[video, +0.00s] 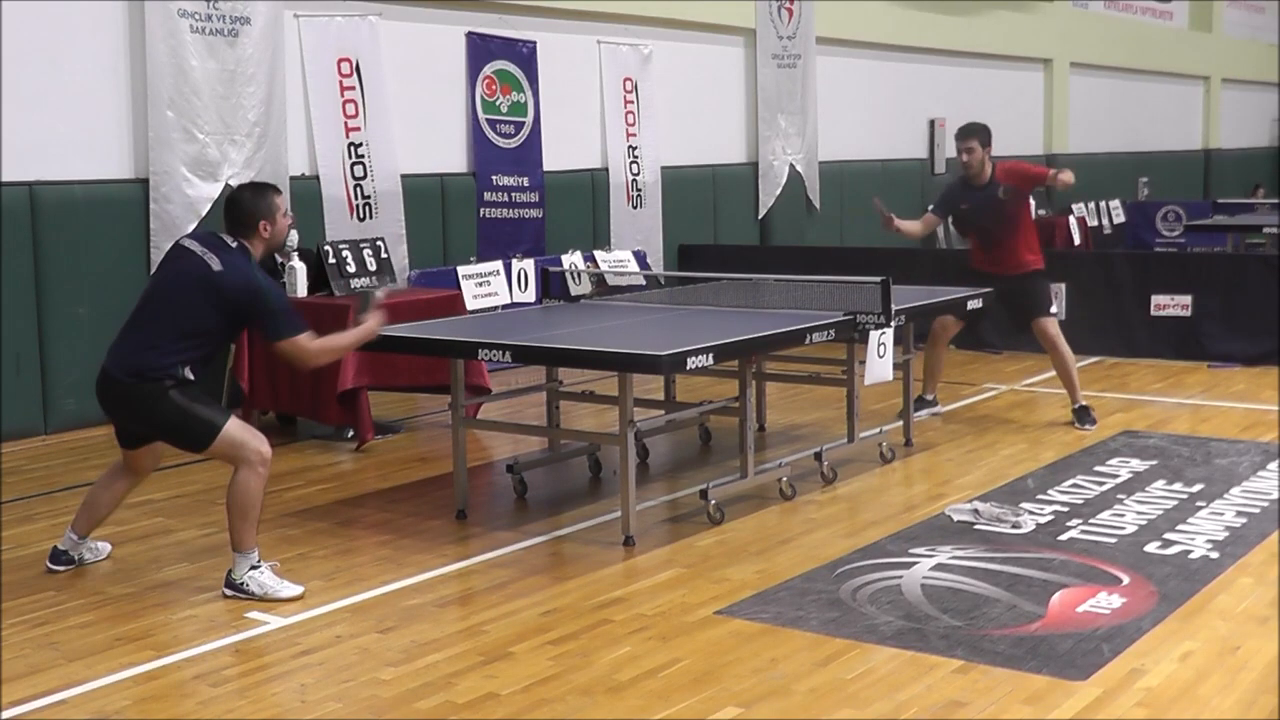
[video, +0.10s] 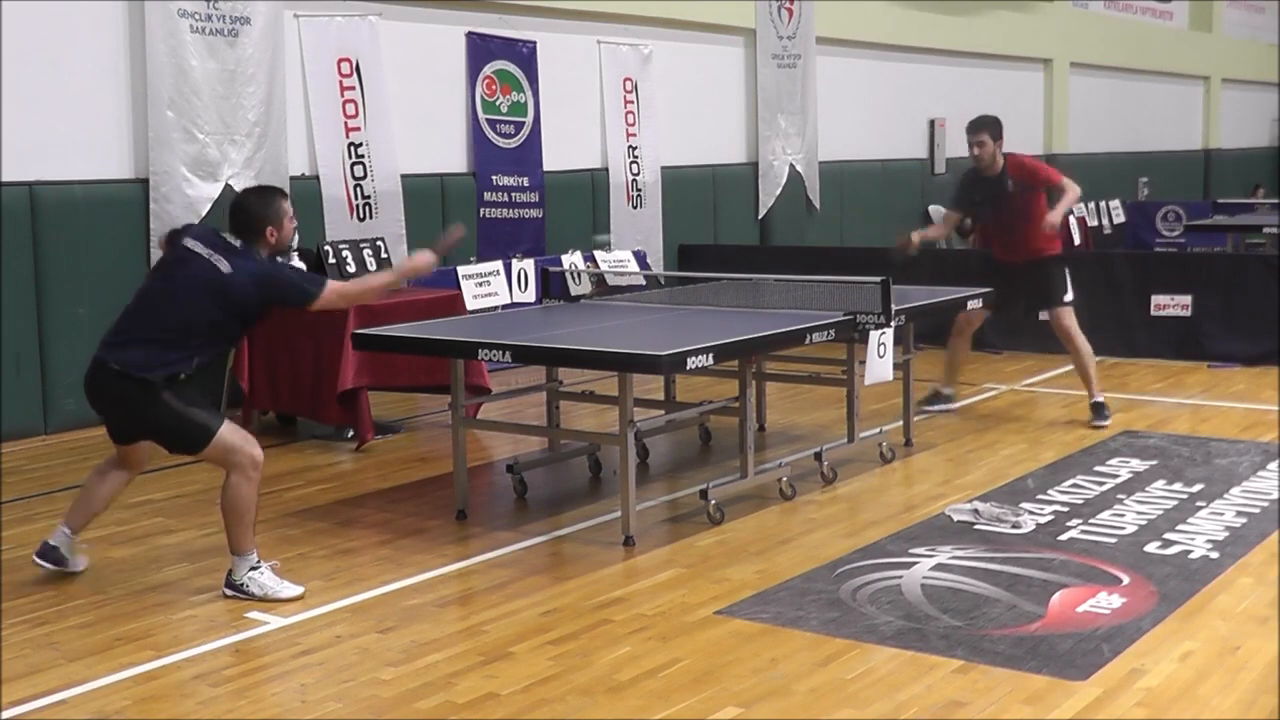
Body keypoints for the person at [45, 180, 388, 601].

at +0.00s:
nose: (289, 223)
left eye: (288, 215)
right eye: (285, 216)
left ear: (237, 220)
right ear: (263, 227)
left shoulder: (196, 241)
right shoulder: (251, 282)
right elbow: (307, 354)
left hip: (119, 380)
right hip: (152, 390)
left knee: (137, 463)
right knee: (254, 454)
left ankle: (69, 544)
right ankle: (245, 570)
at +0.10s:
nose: (293, 229)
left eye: (291, 221)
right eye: (290, 222)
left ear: (242, 223)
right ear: (272, 231)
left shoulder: (193, 237)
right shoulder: (267, 275)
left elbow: (162, 255)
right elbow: (344, 293)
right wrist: (405, 270)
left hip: (105, 377)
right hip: (141, 389)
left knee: (133, 457)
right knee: (245, 456)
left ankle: (59, 540)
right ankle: (244, 570)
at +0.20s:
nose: (286, 211)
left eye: (284, 201)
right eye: (282, 201)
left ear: (233, 202)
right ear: (261, 206)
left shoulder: (185, 219)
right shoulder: (245, 261)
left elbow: (150, 234)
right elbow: (307, 313)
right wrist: (359, 268)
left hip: (104, 367)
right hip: (143, 380)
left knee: (124, 463)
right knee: (242, 456)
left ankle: (44, 538)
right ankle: (243, 570)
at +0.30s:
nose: (254, 183)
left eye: (252, 173)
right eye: (251, 174)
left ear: (205, 181)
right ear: (233, 182)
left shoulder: (161, 209)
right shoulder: (205, 235)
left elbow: (124, 254)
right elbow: (224, 324)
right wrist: (289, 303)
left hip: (93, 364)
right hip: (132, 370)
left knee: (105, 475)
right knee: (237, 447)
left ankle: (30, 571)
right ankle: (199, 571)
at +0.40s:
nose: (242, 179)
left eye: (240, 168)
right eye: (239, 170)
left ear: (189, 176)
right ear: (221, 178)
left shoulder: (150, 211)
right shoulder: (196, 232)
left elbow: (111, 269)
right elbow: (209, 323)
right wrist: (274, 313)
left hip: (96, 368)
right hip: (136, 375)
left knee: (93, 483)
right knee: (213, 474)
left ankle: (25, 582)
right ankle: (153, 593)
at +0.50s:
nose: (237, 162)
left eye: (234, 152)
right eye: (233, 154)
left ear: (184, 161)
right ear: (216, 162)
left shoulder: (144, 201)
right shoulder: (202, 221)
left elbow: (104, 263)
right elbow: (227, 306)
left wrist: (171, 284)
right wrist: (288, 298)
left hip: (100, 362)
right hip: (139, 369)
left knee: (105, 472)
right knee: (192, 480)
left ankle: (31, 572)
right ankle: (143, 605)